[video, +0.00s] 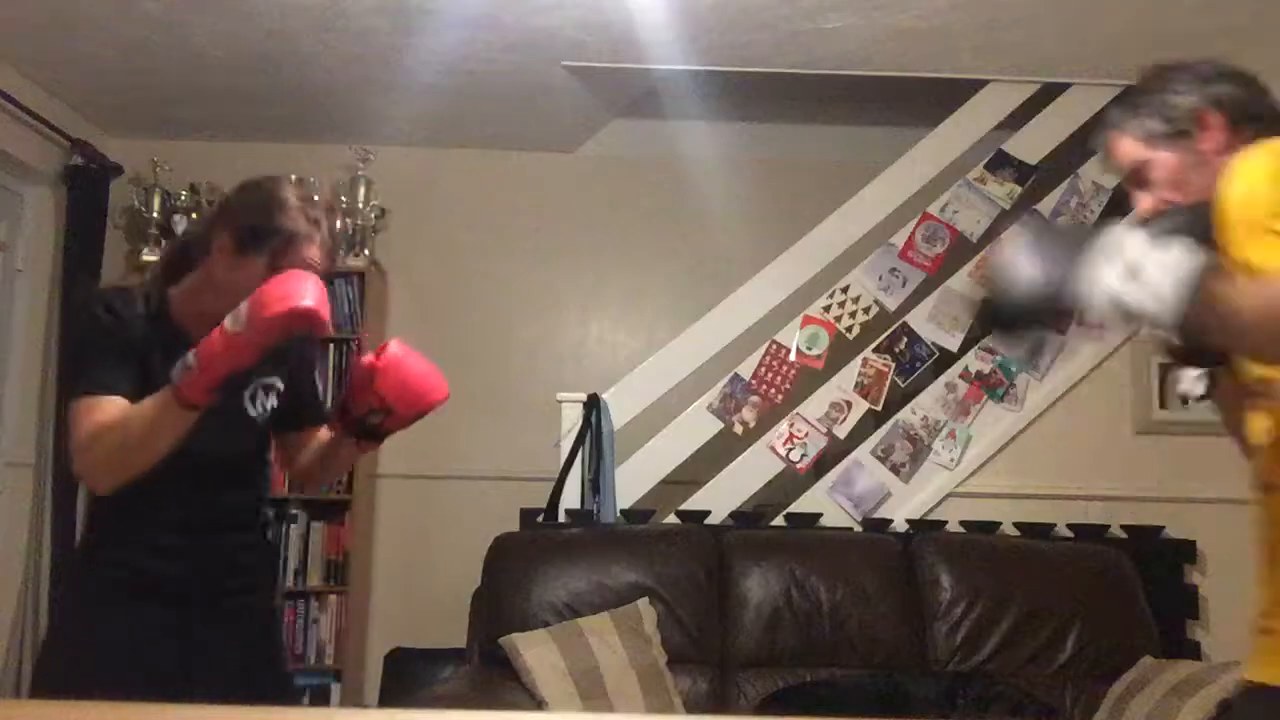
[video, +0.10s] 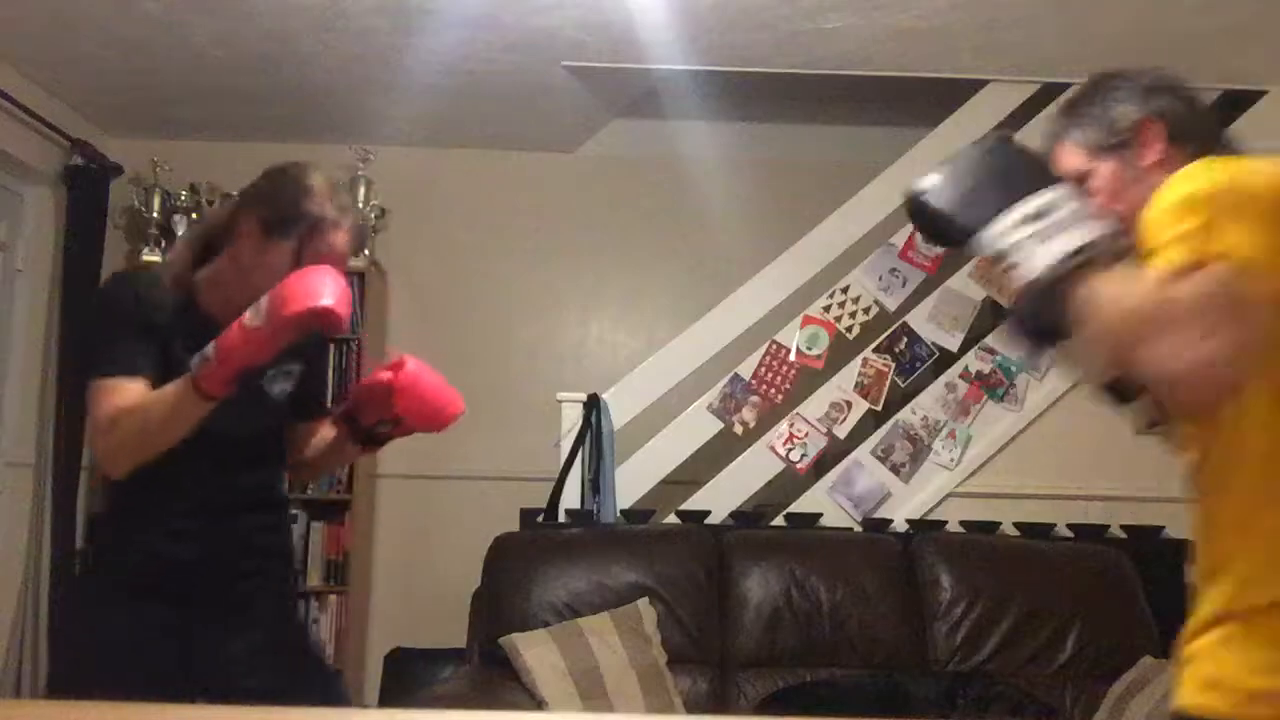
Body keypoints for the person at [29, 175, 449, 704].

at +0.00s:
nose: (288, 296)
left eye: (302, 280)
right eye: (279, 274)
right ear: (225, 250)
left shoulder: (282, 346)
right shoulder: (118, 321)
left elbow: (305, 473)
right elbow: (98, 464)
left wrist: (357, 428)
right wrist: (218, 359)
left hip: (239, 633)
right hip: (121, 632)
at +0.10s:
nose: (313, 287)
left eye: (326, 272)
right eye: (305, 264)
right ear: (249, 233)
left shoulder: (299, 334)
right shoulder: (137, 300)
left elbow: (303, 458)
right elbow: (113, 447)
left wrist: (361, 426)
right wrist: (232, 356)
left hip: (254, 615)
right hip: (134, 614)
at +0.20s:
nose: (355, 273)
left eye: (367, 261)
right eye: (348, 252)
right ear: (291, 223)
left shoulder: (340, 318)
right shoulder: (180, 289)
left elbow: (364, 446)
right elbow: (142, 430)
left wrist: (422, 416)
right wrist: (258, 346)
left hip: (285, 594)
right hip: (167, 588)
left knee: (341, 715)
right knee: (131, 719)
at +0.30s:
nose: (372, 296)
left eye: (387, 285)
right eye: (365, 276)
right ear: (315, 252)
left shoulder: (371, 340)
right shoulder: (213, 322)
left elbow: (453, 459)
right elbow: (185, 449)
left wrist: (512, 400)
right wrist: (295, 351)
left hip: (318, 633)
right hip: (195, 629)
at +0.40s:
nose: (369, 312)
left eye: (385, 299)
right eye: (362, 291)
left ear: (387, 297)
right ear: (319, 264)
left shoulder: (379, 349)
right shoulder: (219, 328)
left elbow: (478, 449)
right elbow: (203, 454)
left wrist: (539, 370)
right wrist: (308, 358)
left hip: (315, 633)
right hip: (194, 627)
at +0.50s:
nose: (350, 281)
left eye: (365, 270)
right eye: (345, 262)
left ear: (370, 267)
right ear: (298, 233)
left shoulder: (360, 320)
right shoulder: (200, 297)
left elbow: (443, 435)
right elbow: (184, 427)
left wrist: (512, 361)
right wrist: (295, 332)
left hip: (290, 604)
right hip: (169, 593)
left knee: (334, 718)